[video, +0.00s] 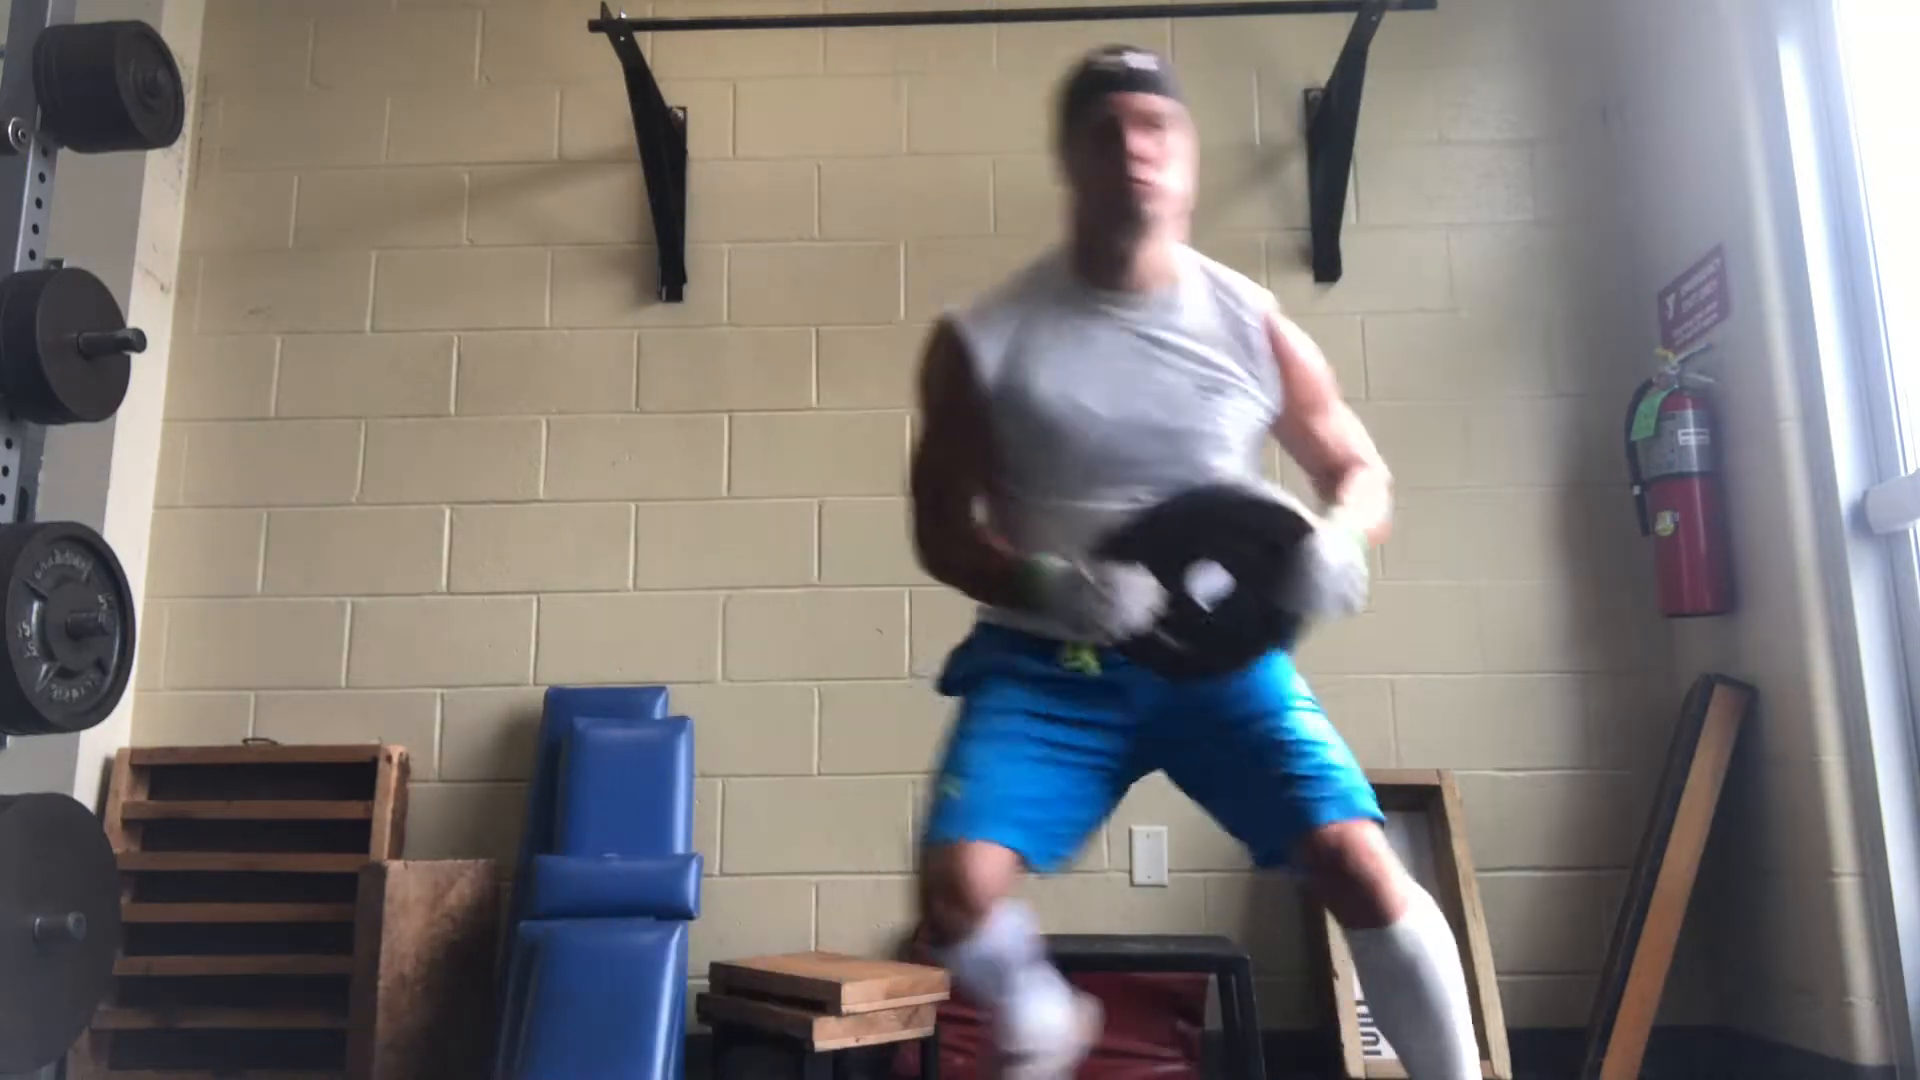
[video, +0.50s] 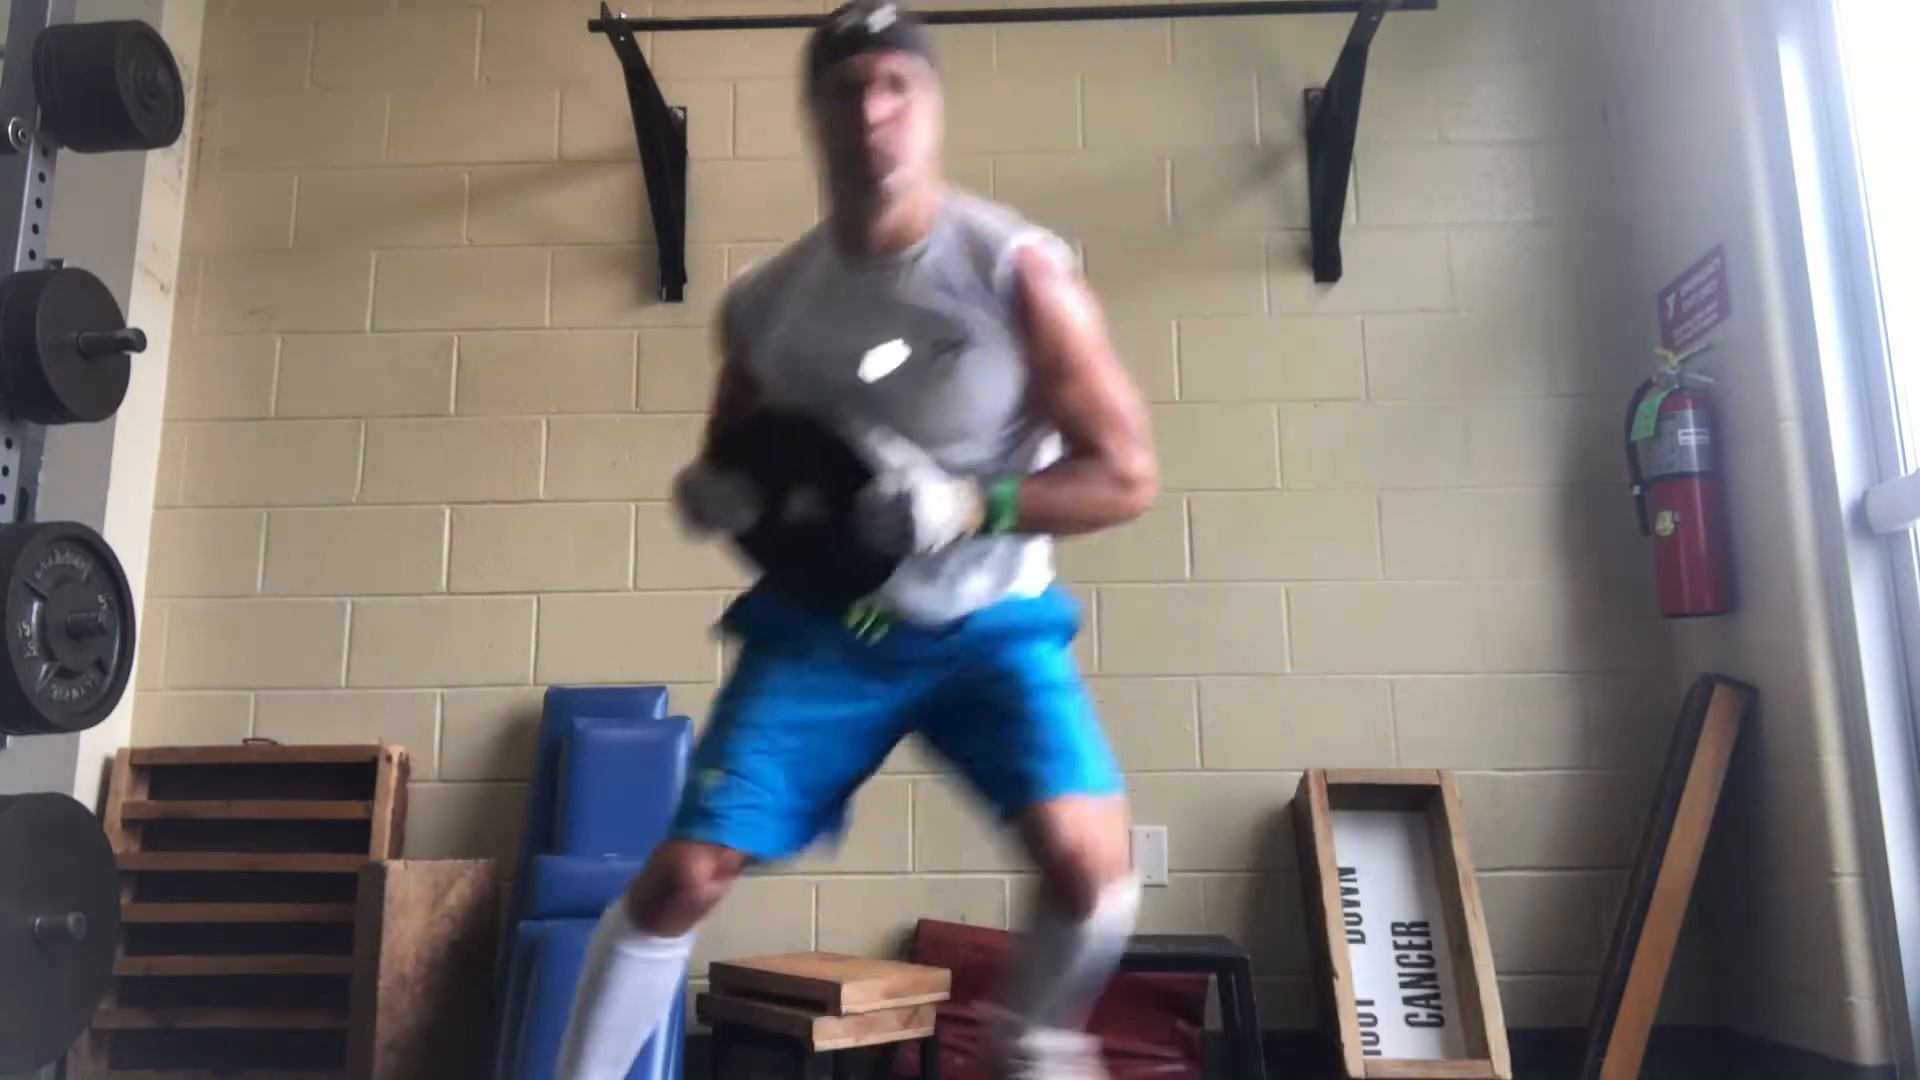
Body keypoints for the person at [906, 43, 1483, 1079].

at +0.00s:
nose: (1138, 150)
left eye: (1158, 128)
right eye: (1111, 131)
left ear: (1191, 161)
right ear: (1068, 163)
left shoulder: (1252, 328)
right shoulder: (982, 342)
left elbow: (1362, 475)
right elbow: (944, 534)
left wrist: (1340, 541)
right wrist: (1052, 587)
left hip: (1224, 664)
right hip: (1049, 669)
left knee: (1357, 863)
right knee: (958, 883)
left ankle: (1457, 1072)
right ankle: (1051, 1034)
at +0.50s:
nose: (874, 109)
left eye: (897, 86)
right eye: (849, 91)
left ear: (936, 111)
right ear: (816, 123)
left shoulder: (1019, 272)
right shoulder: (762, 308)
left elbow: (1126, 476)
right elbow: (722, 478)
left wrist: (974, 504)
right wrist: (726, 501)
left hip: (995, 634)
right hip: (820, 635)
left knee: (1094, 872)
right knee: (685, 878)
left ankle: (1027, 1040)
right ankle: (584, 1078)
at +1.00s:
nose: (1114, 90)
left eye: (1137, 63)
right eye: (1085, 67)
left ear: (1177, 94)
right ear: (1045, 96)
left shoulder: (1239, 266)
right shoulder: (950, 277)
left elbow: (1341, 409)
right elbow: (899, 466)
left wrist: (1321, 476)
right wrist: (1006, 494)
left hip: (1197, 625)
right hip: (1017, 626)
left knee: (1343, 866)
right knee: (901, 859)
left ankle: (1484, 1074)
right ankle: (921, 1032)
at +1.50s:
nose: (974, 70)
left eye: (999, 44)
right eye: (948, 47)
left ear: (1040, 71)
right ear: (913, 75)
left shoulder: (1115, 240)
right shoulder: (842, 267)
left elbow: (1222, 416)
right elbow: (798, 418)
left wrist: (1096, 467)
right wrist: (827, 468)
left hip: (1071, 578)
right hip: (896, 579)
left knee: (1164, 817)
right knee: (757, 813)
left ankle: (1223, 1071)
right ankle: (617, 1070)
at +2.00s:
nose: (1045, 95)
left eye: (1066, 67)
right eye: (1018, 72)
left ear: (1106, 87)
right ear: (980, 95)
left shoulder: (1168, 248)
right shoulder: (884, 256)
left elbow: (1278, 391)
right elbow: (845, 413)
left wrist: (1229, 454)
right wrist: (930, 465)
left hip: (1126, 591)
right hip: (944, 601)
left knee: (1259, 797)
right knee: (818, 841)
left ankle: (1445, 1069)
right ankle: (712, 1070)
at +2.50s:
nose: (1070, 79)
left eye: (1094, 52)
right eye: (1042, 54)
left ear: (1129, 70)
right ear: (1001, 72)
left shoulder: (1179, 234)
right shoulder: (910, 228)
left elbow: (1267, 438)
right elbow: (838, 370)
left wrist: (1132, 462)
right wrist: (858, 446)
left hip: (1110, 585)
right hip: (932, 571)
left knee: (1207, 825)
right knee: (787, 777)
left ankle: (1340, 1074)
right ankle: (668, 1058)